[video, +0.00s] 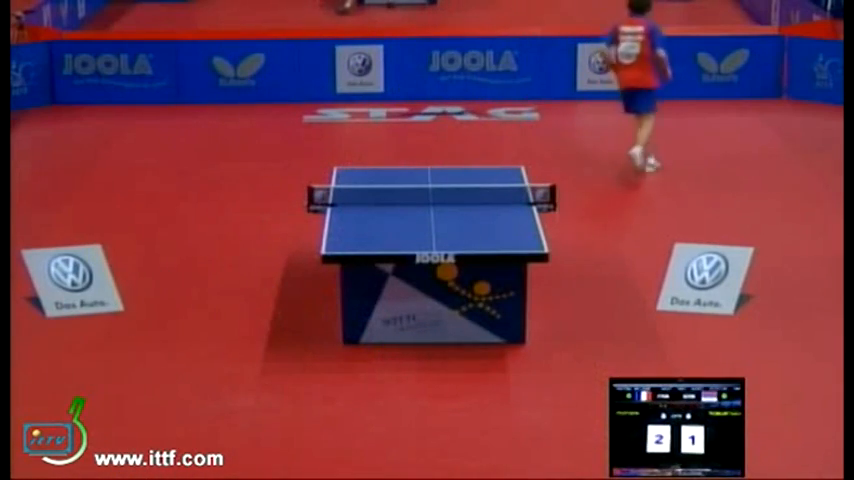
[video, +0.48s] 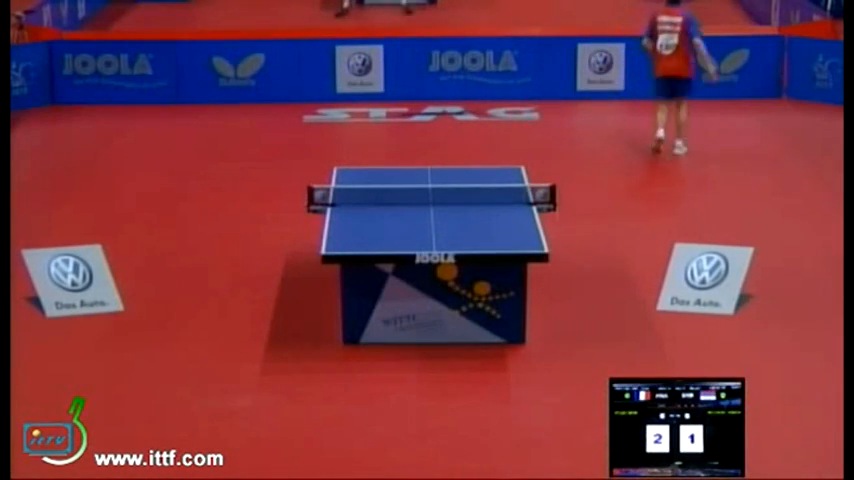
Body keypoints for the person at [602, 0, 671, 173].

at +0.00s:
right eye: (648, 7)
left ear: (629, 8)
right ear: (647, 9)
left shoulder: (618, 28)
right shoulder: (650, 28)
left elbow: (609, 52)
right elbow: (658, 53)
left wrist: (617, 71)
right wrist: (666, 73)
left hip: (626, 81)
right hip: (645, 80)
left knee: (639, 119)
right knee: (648, 117)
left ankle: (646, 157)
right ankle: (638, 148)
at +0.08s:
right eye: (653, 8)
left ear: (637, 10)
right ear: (653, 10)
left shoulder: (627, 30)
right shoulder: (658, 29)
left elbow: (615, 56)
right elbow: (665, 55)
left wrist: (627, 71)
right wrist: (673, 75)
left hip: (634, 83)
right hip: (653, 83)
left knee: (647, 120)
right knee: (660, 117)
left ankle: (649, 160)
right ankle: (653, 145)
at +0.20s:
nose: (661, 6)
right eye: (662, 4)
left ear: (647, 4)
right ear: (662, 3)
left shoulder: (637, 20)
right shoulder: (666, 19)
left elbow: (627, 44)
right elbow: (670, 42)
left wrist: (641, 55)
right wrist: (678, 66)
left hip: (645, 73)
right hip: (664, 73)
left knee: (649, 113)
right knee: (669, 111)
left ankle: (650, 154)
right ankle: (670, 151)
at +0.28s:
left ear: (652, 1)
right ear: (668, 1)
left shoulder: (643, 15)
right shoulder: (672, 15)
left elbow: (631, 38)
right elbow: (674, 36)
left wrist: (646, 47)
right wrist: (684, 60)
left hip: (650, 67)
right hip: (670, 67)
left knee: (652, 104)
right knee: (672, 105)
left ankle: (650, 145)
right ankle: (676, 142)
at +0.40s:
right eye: (678, 3)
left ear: (662, 2)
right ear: (678, 2)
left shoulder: (652, 16)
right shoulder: (682, 17)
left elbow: (640, 41)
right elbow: (688, 41)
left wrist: (656, 51)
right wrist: (700, 65)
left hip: (657, 70)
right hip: (677, 71)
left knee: (659, 104)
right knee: (680, 105)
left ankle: (653, 134)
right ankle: (679, 142)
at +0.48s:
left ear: (666, 2)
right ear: (681, 2)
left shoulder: (656, 17)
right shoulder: (687, 18)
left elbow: (646, 42)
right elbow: (697, 45)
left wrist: (658, 56)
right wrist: (710, 67)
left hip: (662, 69)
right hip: (682, 70)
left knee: (662, 103)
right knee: (682, 105)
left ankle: (660, 131)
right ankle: (679, 141)